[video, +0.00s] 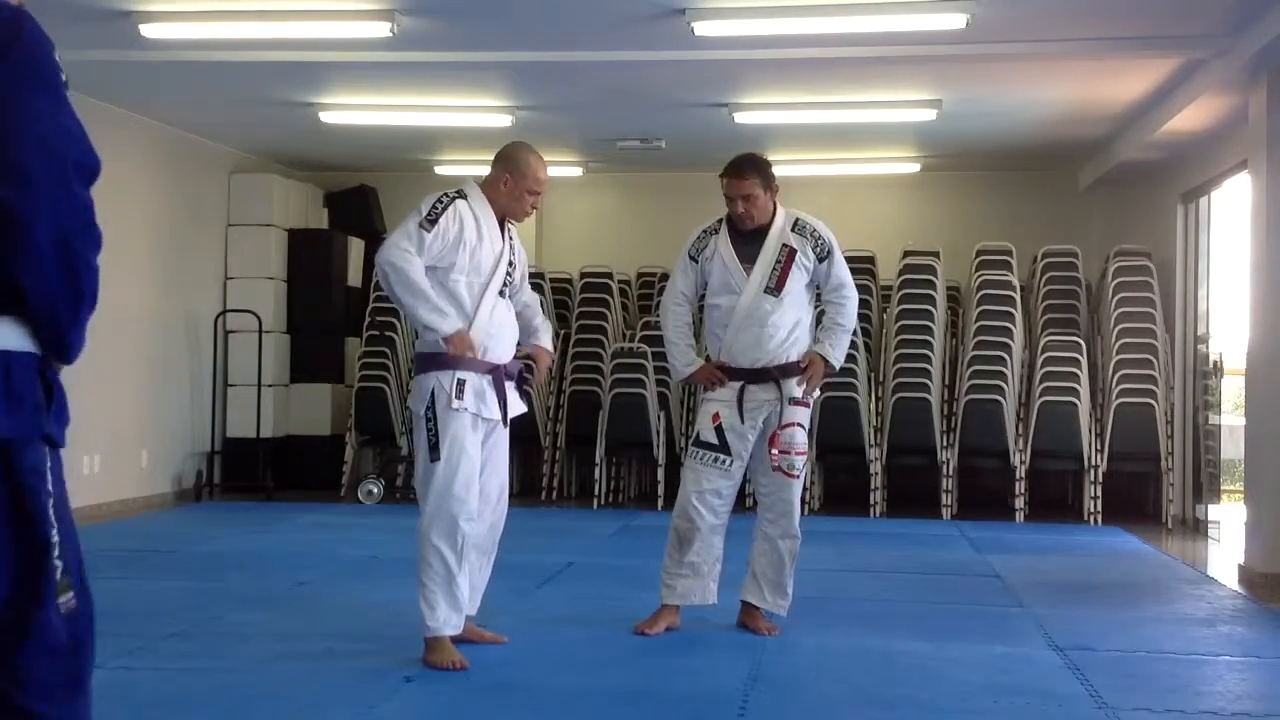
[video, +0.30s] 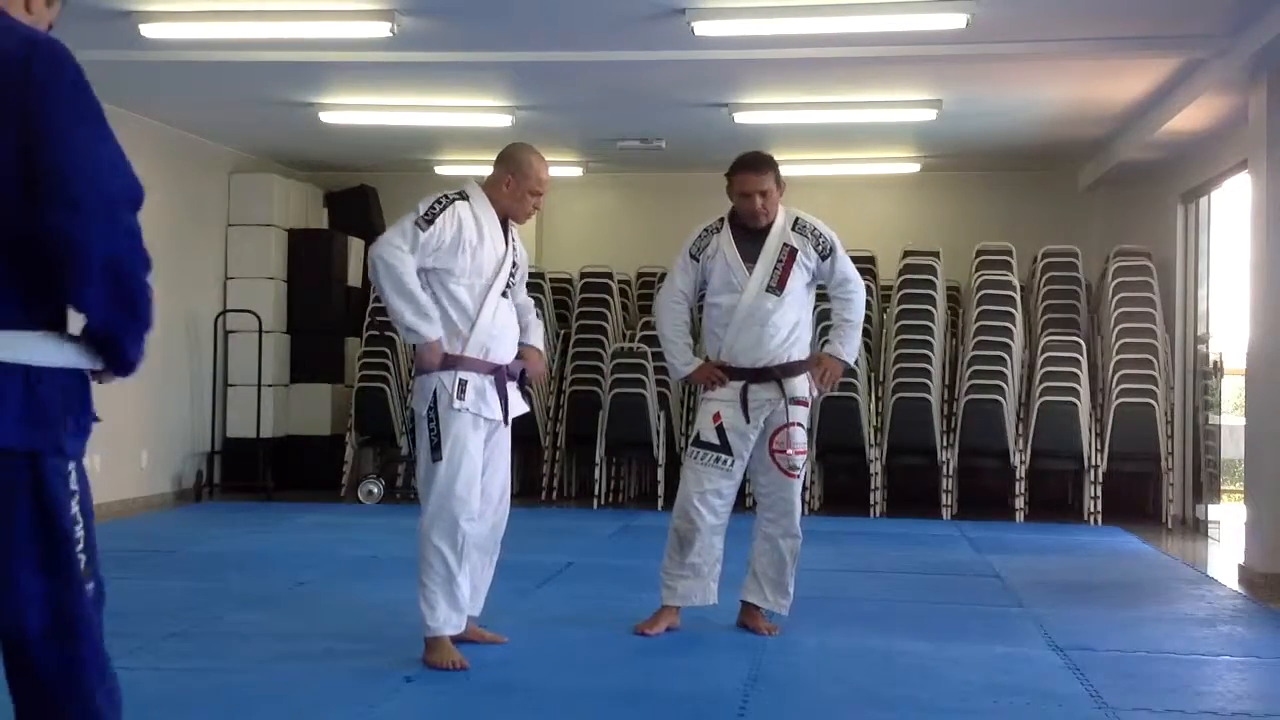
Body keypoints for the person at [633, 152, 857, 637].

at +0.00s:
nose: (738, 208)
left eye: (747, 199)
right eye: (730, 199)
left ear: (772, 193)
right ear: (723, 195)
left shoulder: (811, 237)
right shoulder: (705, 242)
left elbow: (843, 297)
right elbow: (675, 306)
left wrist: (828, 352)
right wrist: (689, 363)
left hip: (789, 390)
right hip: (725, 389)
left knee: (781, 503)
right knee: (697, 499)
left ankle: (757, 605)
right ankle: (671, 604)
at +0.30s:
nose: (756, 205)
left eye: (764, 194)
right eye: (745, 197)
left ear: (780, 190)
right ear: (729, 195)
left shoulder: (811, 237)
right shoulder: (706, 241)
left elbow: (850, 290)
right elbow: (670, 304)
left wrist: (839, 350)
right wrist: (688, 362)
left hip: (788, 390)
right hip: (723, 388)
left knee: (781, 505)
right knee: (696, 501)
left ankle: (756, 605)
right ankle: (672, 605)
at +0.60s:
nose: (767, 194)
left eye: (776, 185)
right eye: (756, 184)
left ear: (789, 189)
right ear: (738, 189)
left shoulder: (813, 244)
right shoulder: (707, 240)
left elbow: (852, 300)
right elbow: (670, 303)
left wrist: (831, 355)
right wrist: (687, 360)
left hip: (786, 391)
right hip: (721, 388)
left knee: (779, 507)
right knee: (694, 501)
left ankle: (755, 606)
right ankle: (672, 605)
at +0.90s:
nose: (769, 193)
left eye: (779, 185)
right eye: (759, 183)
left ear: (793, 191)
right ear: (742, 186)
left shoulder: (816, 246)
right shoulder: (710, 239)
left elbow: (851, 308)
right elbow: (672, 301)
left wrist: (830, 362)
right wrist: (685, 359)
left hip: (784, 392)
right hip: (719, 388)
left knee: (777, 509)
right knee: (693, 502)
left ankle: (755, 607)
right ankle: (671, 606)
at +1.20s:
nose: (767, 192)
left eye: (778, 184)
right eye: (758, 182)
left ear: (794, 191)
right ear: (743, 187)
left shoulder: (817, 246)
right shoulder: (711, 239)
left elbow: (854, 308)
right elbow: (672, 300)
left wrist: (831, 364)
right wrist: (684, 358)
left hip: (783, 391)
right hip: (719, 386)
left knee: (777, 508)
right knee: (693, 501)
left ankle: (756, 607)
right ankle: (671, 605)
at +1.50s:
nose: (765, 193)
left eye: (776, 185)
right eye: (757, 183)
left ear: (794, 192)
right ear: (743, 188)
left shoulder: (818, 245)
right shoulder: (712, 239)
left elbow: (854, 307)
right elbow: (673, 299)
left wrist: (833, 364)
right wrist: (686, 359)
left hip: (785, 392)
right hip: (720, 387)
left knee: (778, 508)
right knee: (694, 502)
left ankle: (756, 607)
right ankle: (671, 605)